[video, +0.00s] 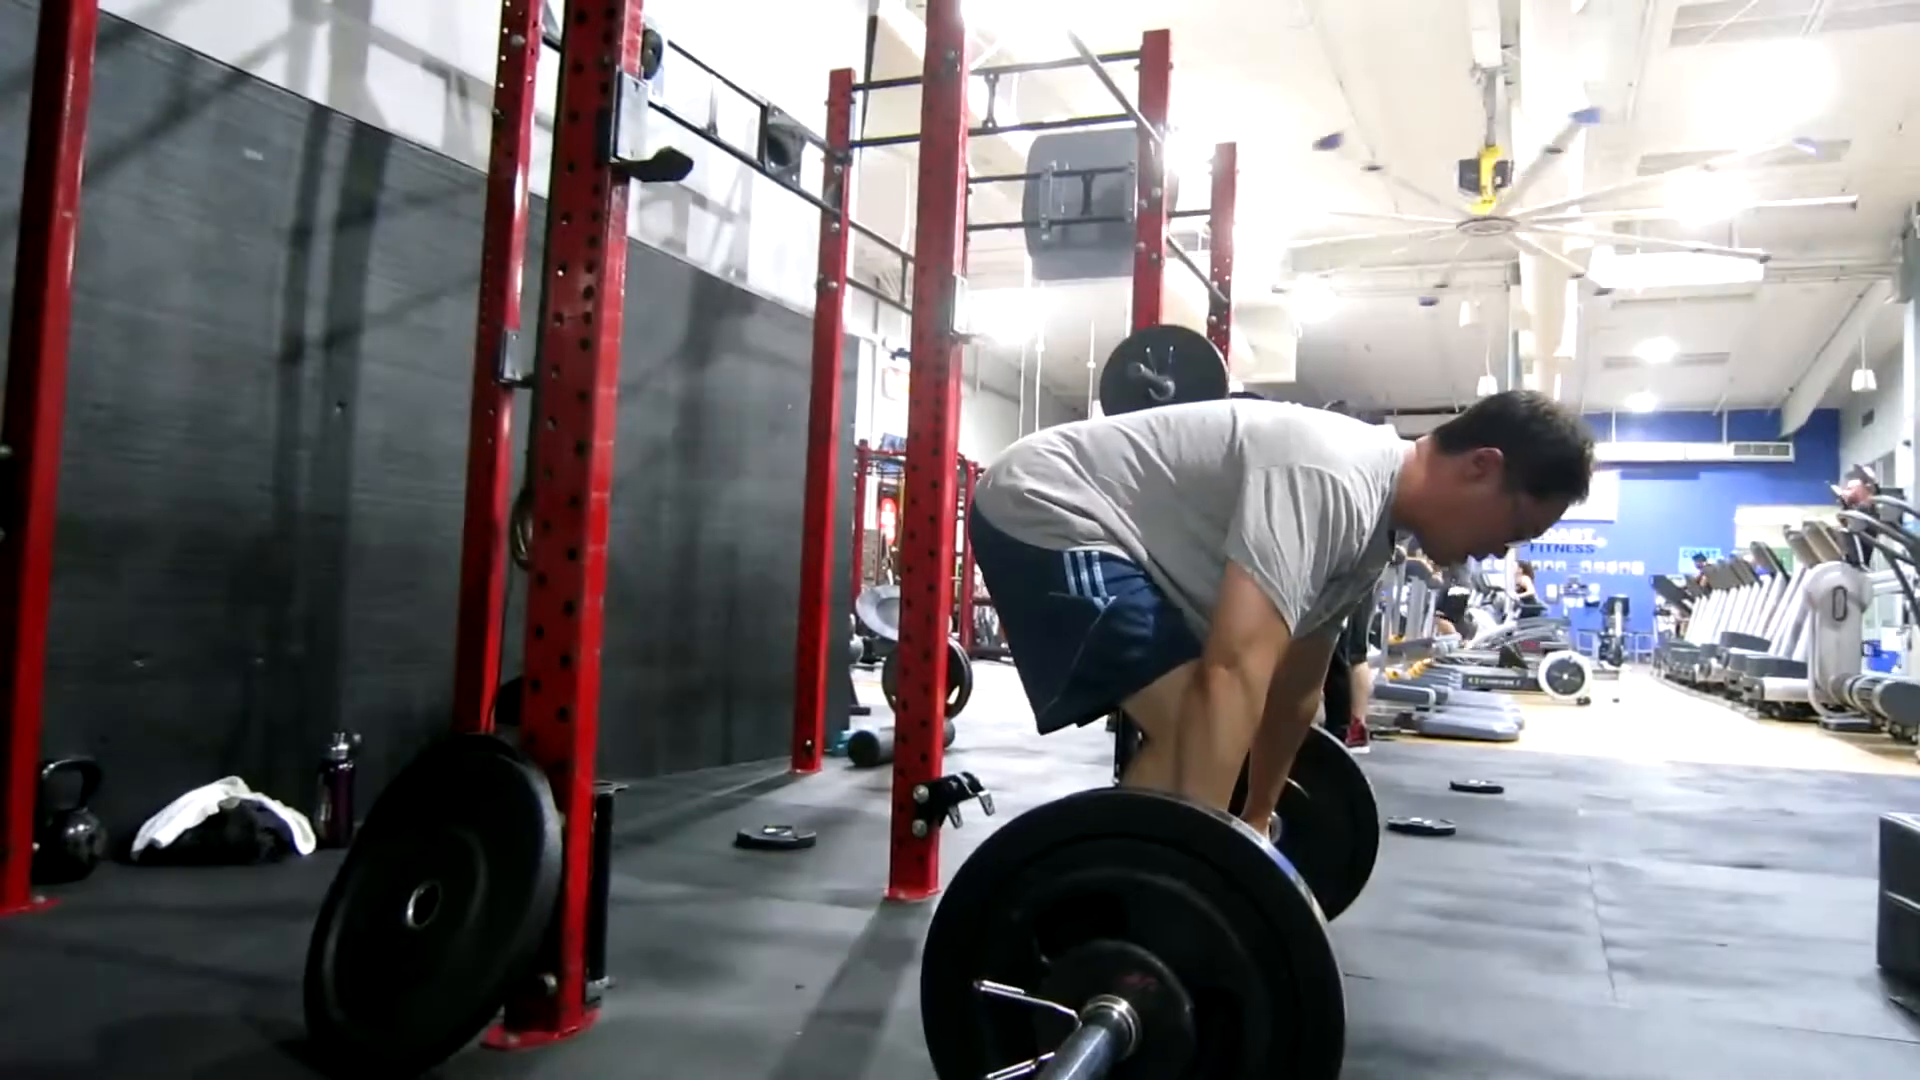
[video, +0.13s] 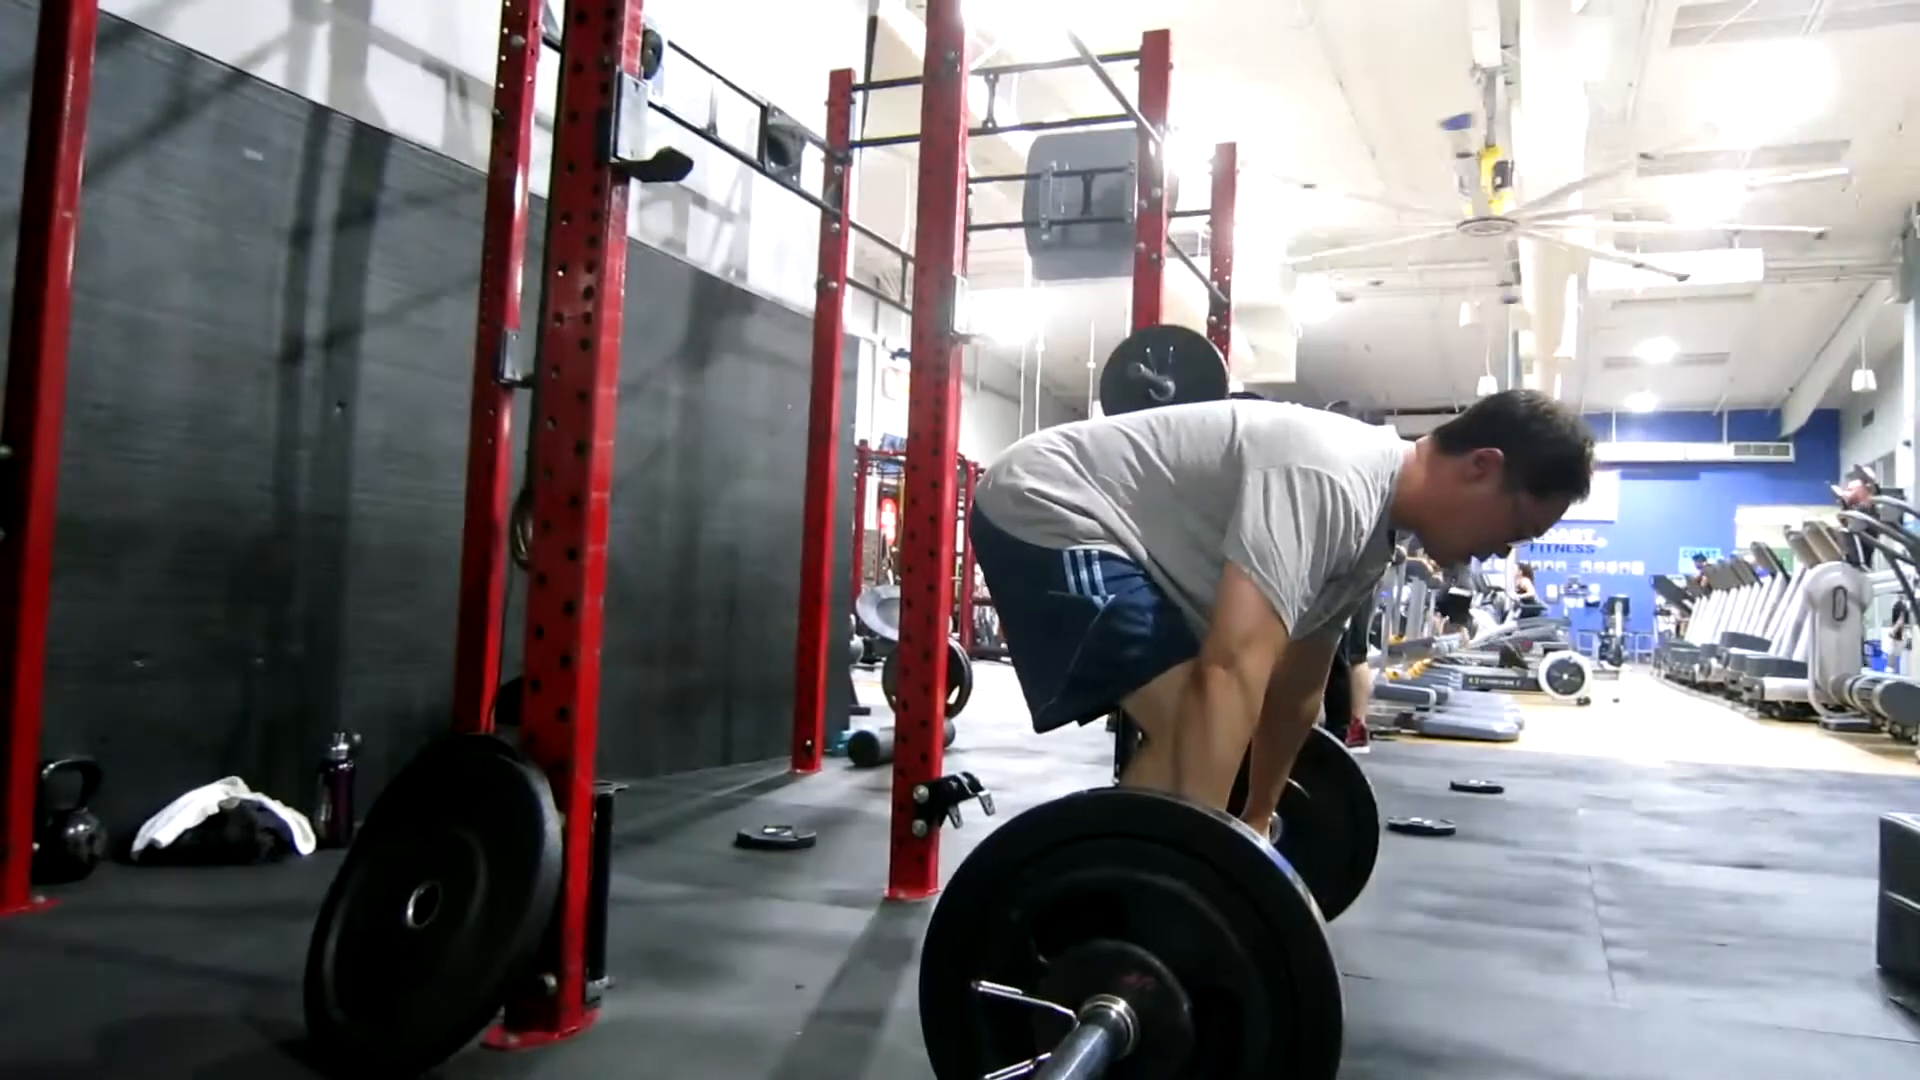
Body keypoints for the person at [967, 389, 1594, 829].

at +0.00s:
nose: (1499, 554)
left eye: (1518, 543)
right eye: (1513, 531)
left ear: (1480, 468)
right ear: (1481, 468)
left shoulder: (1371, 528)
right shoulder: (1327, 474)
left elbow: (1295, 692)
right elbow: (1234, 667)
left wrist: (1254, 829)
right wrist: (1181, 873)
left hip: (1106, 526)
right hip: (1051, 503)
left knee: (1184, 729)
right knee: (1202, 708)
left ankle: (1114, 910)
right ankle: (1152, 914)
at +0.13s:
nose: (1500, 554)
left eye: (1518, 543)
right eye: (1513, 532)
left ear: (1480, 468)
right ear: (1482, 468)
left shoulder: (1371, 530)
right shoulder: (1325, 475)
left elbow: (1298, 691)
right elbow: (1232, 667)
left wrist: (1255, 825)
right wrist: (1181, 872)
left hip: (1106, 526)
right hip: (1051, 502)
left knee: (1181, 726)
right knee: (1201, 706)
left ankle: (1112, 907)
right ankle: (1153, 911)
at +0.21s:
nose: (1501, 555)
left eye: (1520, 543)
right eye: (1515, 533)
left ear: (1480, 469)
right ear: (1482, 471)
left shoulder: (1370, 530)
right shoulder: (1324, 476)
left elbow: (1298, 689)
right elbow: (1232, 668)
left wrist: (1253, 826)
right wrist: (1189, 870)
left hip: (1103, 525)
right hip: (1050, 502)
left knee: (1179, 726)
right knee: (1203, 701)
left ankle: (1111, 900)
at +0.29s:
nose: (1503, 553)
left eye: (1521, 542)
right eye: (1515, 532)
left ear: (1478, 468)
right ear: (1481, 470)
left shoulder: (1369, 529)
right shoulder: (1325, 473)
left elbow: (1299, 692)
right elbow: (1237, 668)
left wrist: (1250, 832)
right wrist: (1189, 873)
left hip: (1103, 524)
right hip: (1050, 500)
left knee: (1181, 724)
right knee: (1204, 703)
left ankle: (1115, 906)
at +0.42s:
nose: (1506, 549)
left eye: (1523, 537)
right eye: (1517, 526)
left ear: (1479, 466)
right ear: (1481, 467)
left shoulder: (1369, 525)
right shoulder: (1323, 473)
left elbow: (1299, 694)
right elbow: (1241, 668)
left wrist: (1247, 832)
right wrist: (1192, 875)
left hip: (1104, 526)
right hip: (1050, 502)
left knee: (1187, 727)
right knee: (1206, 710)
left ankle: (1111, 910)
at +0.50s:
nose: (1507, 549)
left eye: (1523, 537)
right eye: (1518, 526)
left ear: (1478, 467)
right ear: (1481, 467)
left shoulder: (1368, 527)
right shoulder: (1322, 471)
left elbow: (1299, 693)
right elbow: (1240, 670)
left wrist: (1250, 829)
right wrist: (1187, 872)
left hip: (1104, 526)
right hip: (1052, 503)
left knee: (1187, 727)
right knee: (1205, 709)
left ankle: (1110, 910)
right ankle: (1151, 915)